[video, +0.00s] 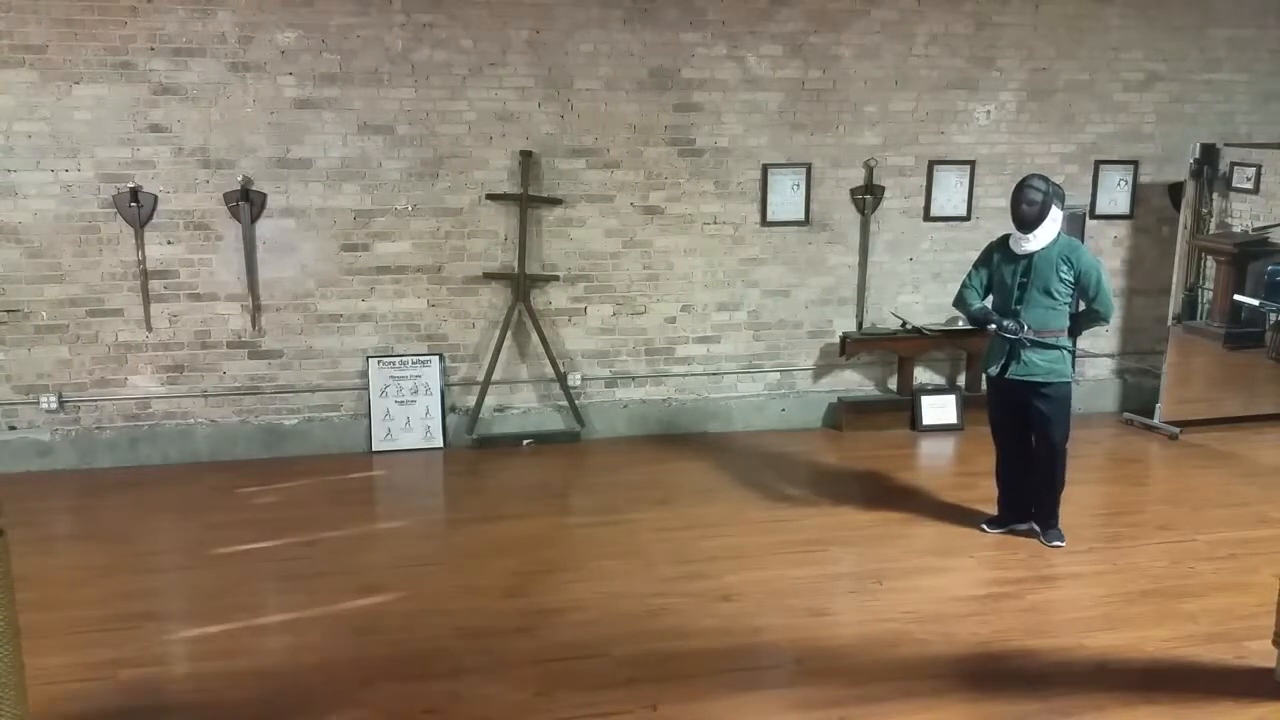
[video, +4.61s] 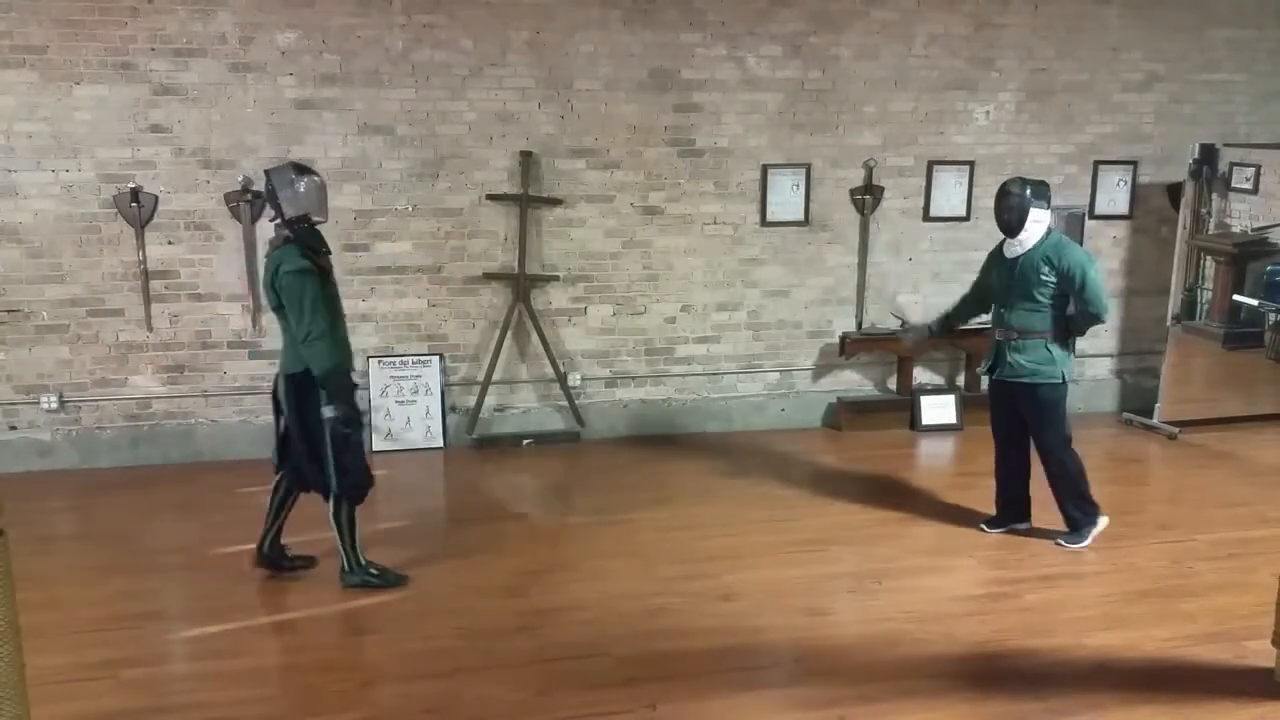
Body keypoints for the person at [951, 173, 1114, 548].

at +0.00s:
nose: (1022, 209)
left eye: (1031, 202)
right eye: (1018, 201)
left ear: (1052, 207)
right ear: (1012, 203)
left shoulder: (1073, 254)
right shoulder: (999, 250)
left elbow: (1102, 310)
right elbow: (966, 296)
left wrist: (1067, 328)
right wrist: (993, 320)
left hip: (1049, 370)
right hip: (1003, 369)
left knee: (1049, 449)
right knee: (1009, 447)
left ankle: (1048, 522)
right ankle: (1013, 514)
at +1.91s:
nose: (1028, 210)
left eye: (1037, 203)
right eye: (1025, 202)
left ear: (1058, 207)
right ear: (1019, 204)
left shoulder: (1079, 254)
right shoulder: (1004, 250)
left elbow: (1107, 312)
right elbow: (972, 296)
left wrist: (1068, 331)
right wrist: (1000, 320)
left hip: (1052, 373)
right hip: (1006, 371)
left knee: (1053, 453)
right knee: (1011, 449)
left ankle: (1048, 522)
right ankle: (1013, 515)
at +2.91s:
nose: (1027, 210)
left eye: (1035, 203)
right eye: (1023, 202)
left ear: (1056, 207)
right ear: (1017, 203)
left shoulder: (1080, 254)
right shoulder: (1005, 249)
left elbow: (1108, 310)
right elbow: (963, 294)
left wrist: (1073, 329)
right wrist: (998, 316)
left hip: (1050, 372)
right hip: (1005, 369)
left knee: (1049, 452)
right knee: (1011, 449)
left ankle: (1049, 523)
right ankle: (1015, 515)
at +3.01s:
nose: (1027, 210)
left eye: (1036, 205)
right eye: (1023, 203)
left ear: (1056, 209)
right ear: (1017, 204)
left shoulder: (1079, 255)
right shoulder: (1007, 249)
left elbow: (1107, 312)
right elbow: (974, 273)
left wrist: (1069, 330)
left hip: (1050, 368)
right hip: (1004, 364)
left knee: (1048, 451)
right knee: (1010, 447)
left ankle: (1047, 521)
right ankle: (1013, 515)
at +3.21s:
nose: (1028, 212)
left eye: (1037, 205)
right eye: (1024, 204)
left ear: (1057, 208)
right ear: (1019, 205)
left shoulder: (1078, 256)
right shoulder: (1005, 248)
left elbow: (1105, 313)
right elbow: (956, 254)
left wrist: (1071, 331)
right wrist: (907, 245)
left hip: (1048, 366)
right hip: (1003, 363)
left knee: (1048, 449)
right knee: (1009, 445)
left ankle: (1047, 521)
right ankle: (1014, 514)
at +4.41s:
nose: (1004, 219)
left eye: (1011, 211)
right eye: (1001, 211)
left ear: (1035, 210)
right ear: (1000, 211)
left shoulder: (1068, 253)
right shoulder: (996, 253)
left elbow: (1102, 308)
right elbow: (959, 288)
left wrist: (1067, 327)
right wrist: (920, 287)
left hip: (1046, 364)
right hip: (1002, 363)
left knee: (1048, 447)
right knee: (1007, 445)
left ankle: (1055, 524)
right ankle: (1012, 515)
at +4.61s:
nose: (1003, 217)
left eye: (1011, 209)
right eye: (1000, 209)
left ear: (1035, 210)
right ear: (999, 209)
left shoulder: (1064, 252)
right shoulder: (1001, 255)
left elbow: (1096, 310)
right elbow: (976, 300)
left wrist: (1067, 328)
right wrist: (937, 328)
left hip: (1043, 366)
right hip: (1004, 365)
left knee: (1052, 447)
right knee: (1009, 447)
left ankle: (1086, 519)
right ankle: (1013, 514)